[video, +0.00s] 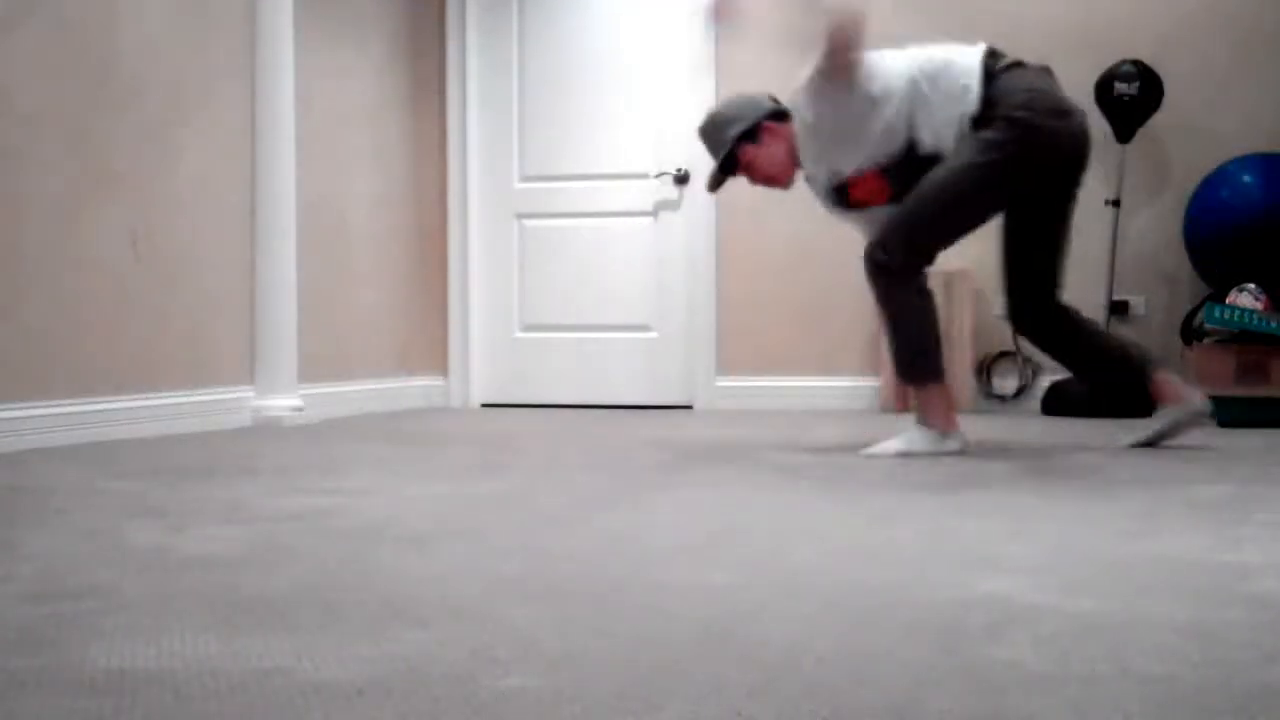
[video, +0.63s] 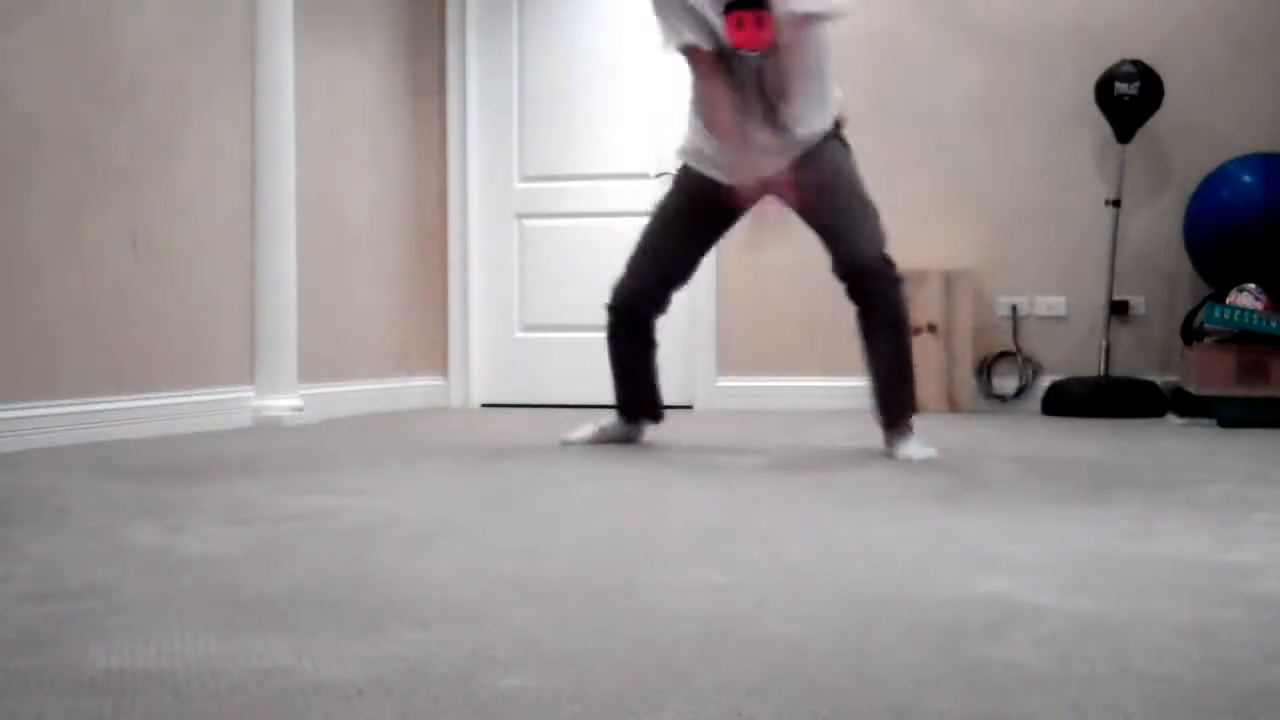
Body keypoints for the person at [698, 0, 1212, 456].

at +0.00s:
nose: (753, 178)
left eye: (745, 163)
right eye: (741, 174)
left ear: (766, 129)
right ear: (761, 150)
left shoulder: (821, 109)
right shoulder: (838, 186)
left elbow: (838, 54)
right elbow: (896, 268)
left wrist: (842, 38)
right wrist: (903, 376)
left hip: (1019, 111)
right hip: (1044, 120)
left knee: (892, 252)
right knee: (1033, 308)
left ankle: (937, 426)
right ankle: (1174, 397)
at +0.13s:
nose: (750, 164)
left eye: (738, 152)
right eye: (738, 159)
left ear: (752, 120)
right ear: (754, 119)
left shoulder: (804, 98)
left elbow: (783, 217)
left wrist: (742, 315)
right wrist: (901, 372)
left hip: (1003, 97)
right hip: (1031, 93)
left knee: (902, 252)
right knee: (981, 262)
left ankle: (940, 425)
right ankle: (1105, 364)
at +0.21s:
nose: (754, 161)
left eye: (742, 151)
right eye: (742, 157)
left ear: (747, 119)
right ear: (752, 108)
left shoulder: (793, 109)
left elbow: (806, 236)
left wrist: (797, 322)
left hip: (996, 89)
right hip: (1017, 78)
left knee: (908, 249)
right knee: (941, 238)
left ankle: (940, 425)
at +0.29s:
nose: (754, 161)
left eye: (742, 151)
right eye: (742, 157)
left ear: (745, 122)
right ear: (751, 106)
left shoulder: (787, 123)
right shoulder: (800, 82)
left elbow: (836, 212)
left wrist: (845, 262)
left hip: (988, 91)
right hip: (1007, 77)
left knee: (896, 249)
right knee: (924, 245)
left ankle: (939, 420)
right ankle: (945, 393)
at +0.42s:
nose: (736, 150)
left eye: (727, 139)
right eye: (726, 144)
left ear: (737, 113)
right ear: (746, 96)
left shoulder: (778, 119)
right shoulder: (817, 55)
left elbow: (862, 150)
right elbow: (913, 15)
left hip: (968, 116)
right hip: (991, 106)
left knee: (865, 259)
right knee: (902, 266)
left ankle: (931, 417)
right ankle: (925, 407)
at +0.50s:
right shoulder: (641, 8)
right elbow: (644, 42)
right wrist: (678, 78)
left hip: (770, 116)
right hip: (687, 127)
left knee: (837, 265)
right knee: (603, 277)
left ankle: (894, 422)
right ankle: (607, 413)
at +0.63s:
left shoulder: (799, 8)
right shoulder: (680, 7)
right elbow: (706, 73)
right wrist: (743, 162)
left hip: (809, 150)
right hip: (719, 159)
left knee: (874, 277)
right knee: (631, 302)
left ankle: (900, 432)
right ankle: (634, 420)